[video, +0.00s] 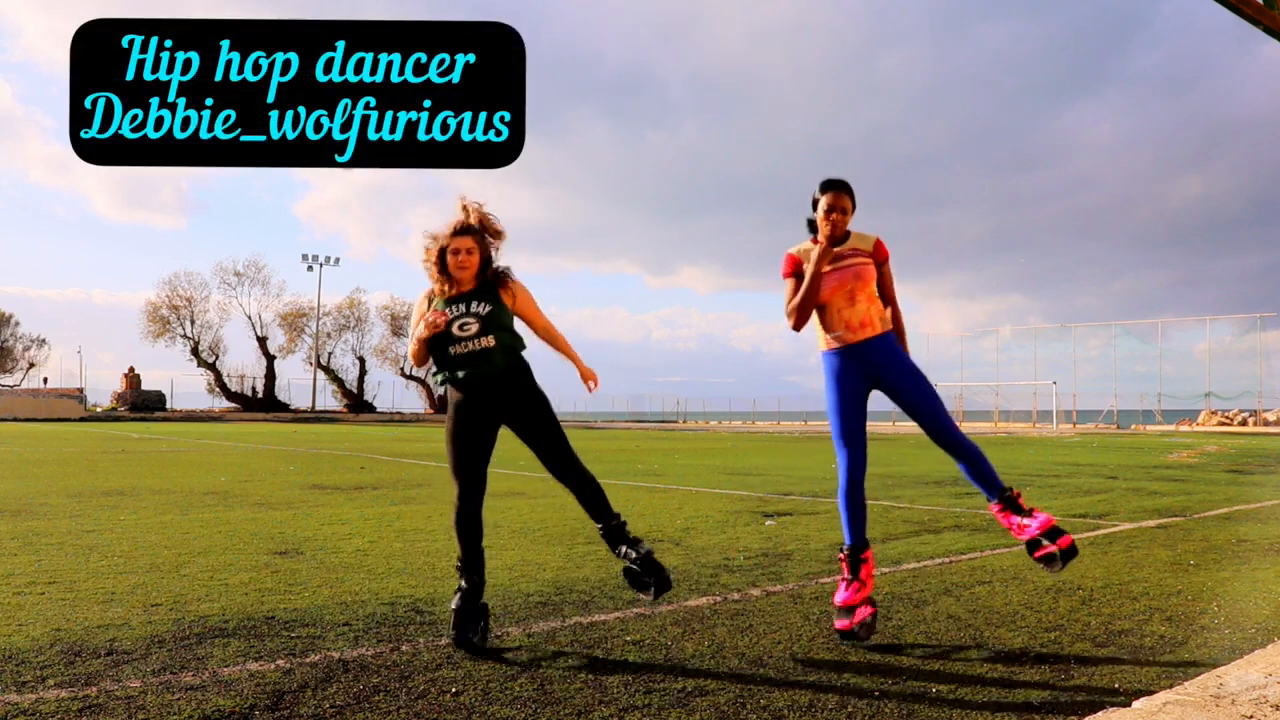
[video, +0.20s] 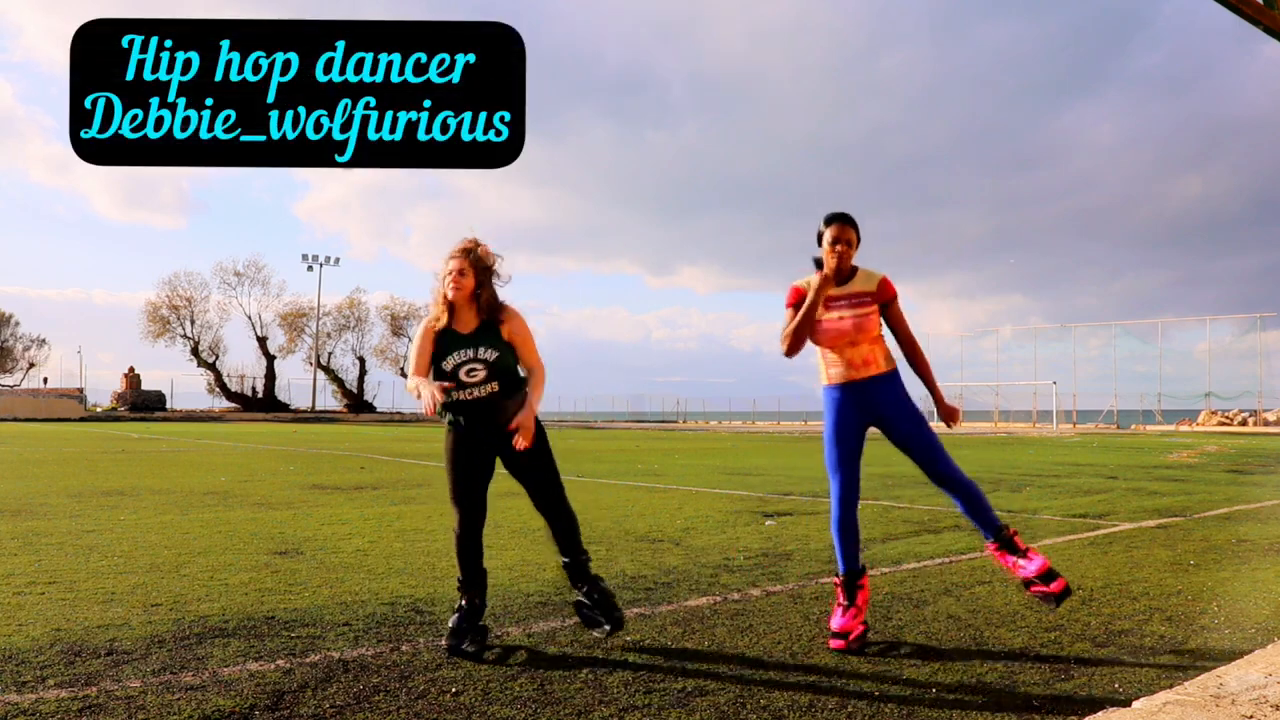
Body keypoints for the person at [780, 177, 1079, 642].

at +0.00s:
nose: (836, 218)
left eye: (843, 211)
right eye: (830, 210)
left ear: (852, 215)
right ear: (814, 212)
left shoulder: (871, 248)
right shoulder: (799, 257)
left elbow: (891, 307)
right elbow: (795, 320)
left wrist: (902, 359)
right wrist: (817, 260)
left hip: (886, 353)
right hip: (841, 364)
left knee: (951, 437)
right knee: (851, 467)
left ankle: (1014, 512)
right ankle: (856, 569)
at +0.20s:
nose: (842, 250)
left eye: (848, 243)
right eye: (835, 242)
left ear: (857, 247)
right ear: (821, 245)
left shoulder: (876, 285)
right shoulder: (802, 291)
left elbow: (908, 343)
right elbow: (789, 347)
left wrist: (939, 398)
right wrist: (819, 290)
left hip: (888, 390)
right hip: (841, 398)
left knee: (947, 473)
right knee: (843, 497)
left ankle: (1009, 547)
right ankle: (849, 594)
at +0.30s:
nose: (855, 234)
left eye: (862, 227)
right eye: (848, 227)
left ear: (872, 231)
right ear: (836, 231)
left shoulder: (893, 271)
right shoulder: (820, 269)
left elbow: (918, 327)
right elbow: (778, 319)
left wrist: (913, 341)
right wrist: (818, 312)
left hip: (893, 375)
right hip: (847, 380)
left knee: (931, 472)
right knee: (850, 485)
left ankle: (958, 557)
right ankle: (848, 584)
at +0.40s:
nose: (867, 218)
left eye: (873, 210)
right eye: (859, 211)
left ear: (887, 211)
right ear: (850, 215)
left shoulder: (910, 252)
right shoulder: (835, 251)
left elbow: (926, 314)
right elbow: (795, 301)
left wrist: (903, 302)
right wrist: (817, 337)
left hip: (898, 361)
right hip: (853, 362)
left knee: (919, 465)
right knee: (844, 465)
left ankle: (926, 560)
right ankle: (833, 567)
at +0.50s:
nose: (886, 221)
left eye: (893, 213)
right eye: (878, 215)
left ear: (907, 213)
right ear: (869, 217)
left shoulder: (929, 255)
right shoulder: (856, 253)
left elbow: (941, 318)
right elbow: (825, 312)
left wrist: (903, 300)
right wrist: (798, 366)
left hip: (906, 365)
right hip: (860, 360)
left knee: (908, 470)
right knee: (825, 453)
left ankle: (904, 568)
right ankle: (787, 545)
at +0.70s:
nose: (908, 243)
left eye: (914, 236)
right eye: (901, 238)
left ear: (930, 241)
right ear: (893, 244)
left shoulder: (953, 287)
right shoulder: (881, 281)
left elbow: (961, 349)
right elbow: (849, 339)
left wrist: (928, 341)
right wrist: (822, 391)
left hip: (917, 396)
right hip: (871, 384)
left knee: (914, 496)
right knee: (806, 445)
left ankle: (902, 590)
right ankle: (737, 510)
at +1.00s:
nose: (918, 222)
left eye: (925, 215)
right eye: (912, 216)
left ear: (940, 220)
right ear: (904, 224)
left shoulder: (961, 269)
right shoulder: (889, 262)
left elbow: (966, 332)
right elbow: (865, 327)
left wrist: (942, 324)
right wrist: (839, 379)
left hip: (921, 375)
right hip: (877, 364)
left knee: (916, 477)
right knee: (819, 444)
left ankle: (908, 574)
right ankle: (750, 518)